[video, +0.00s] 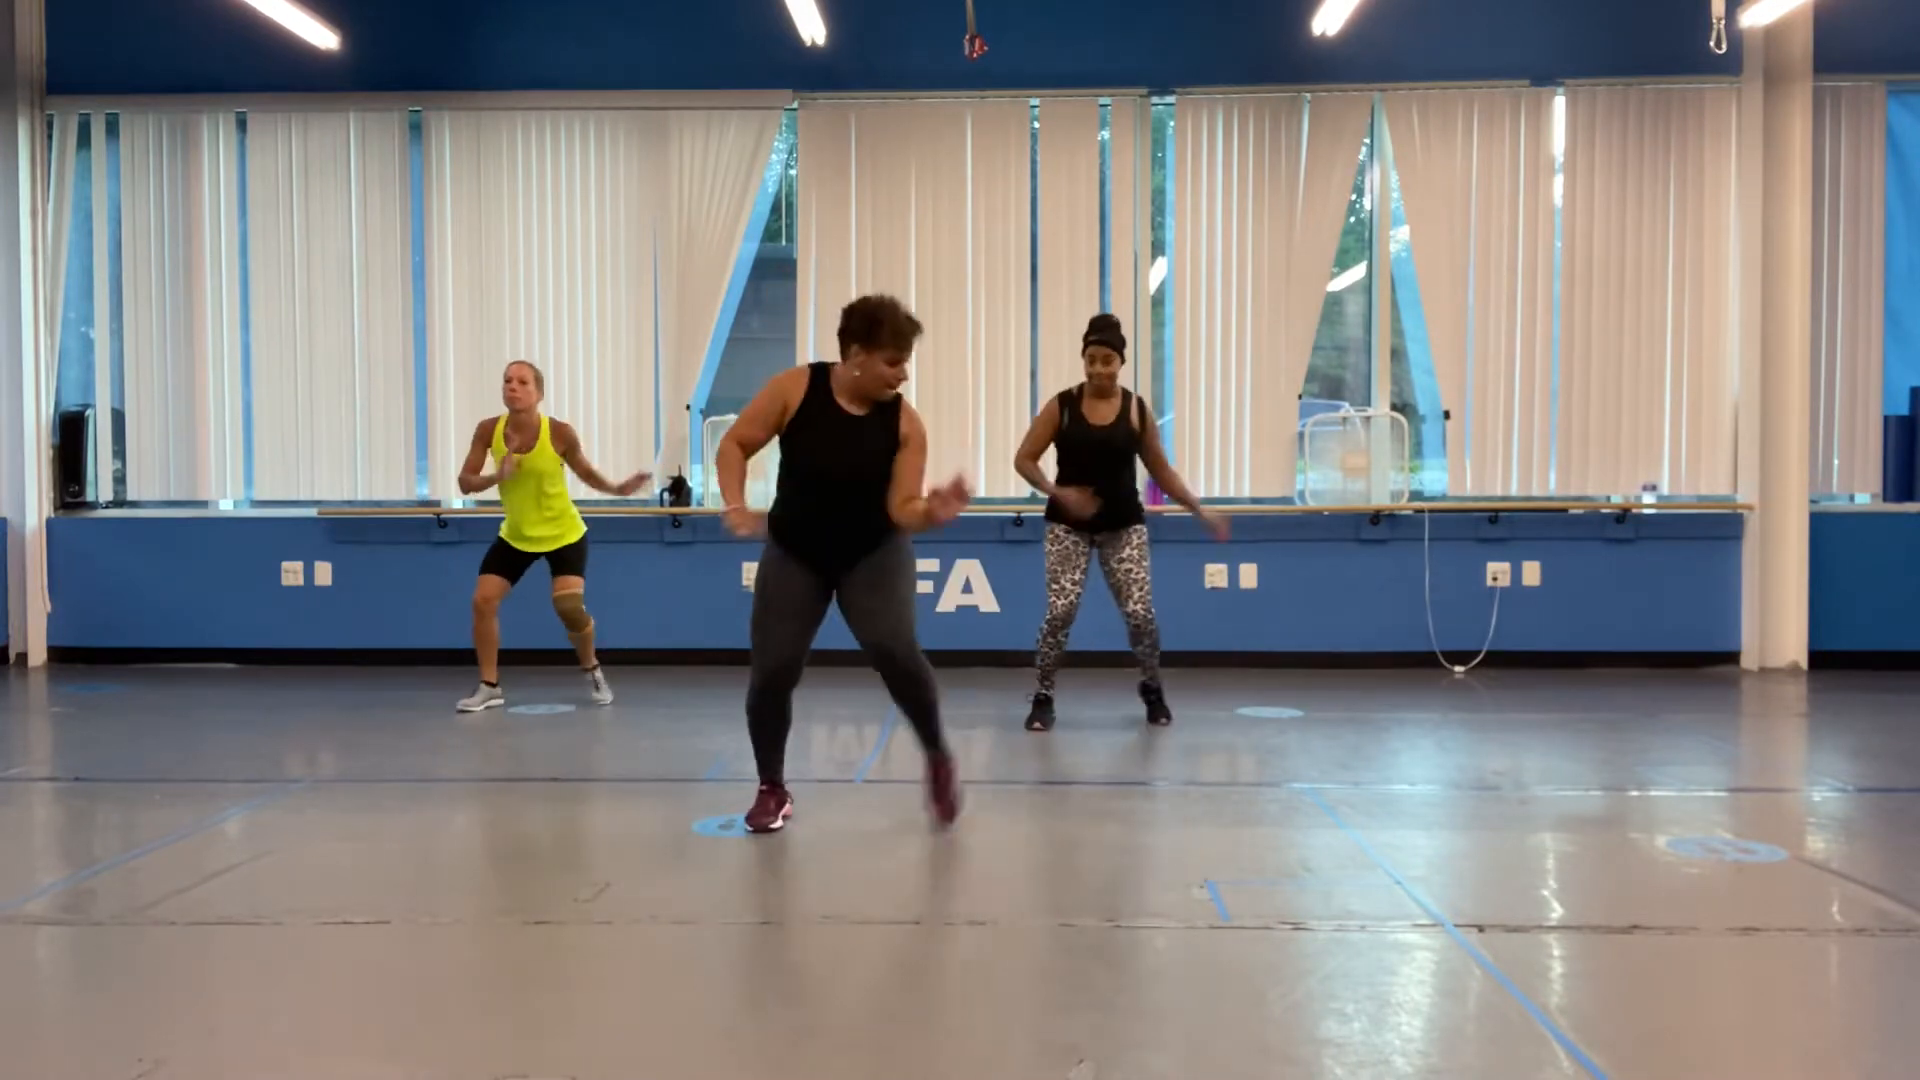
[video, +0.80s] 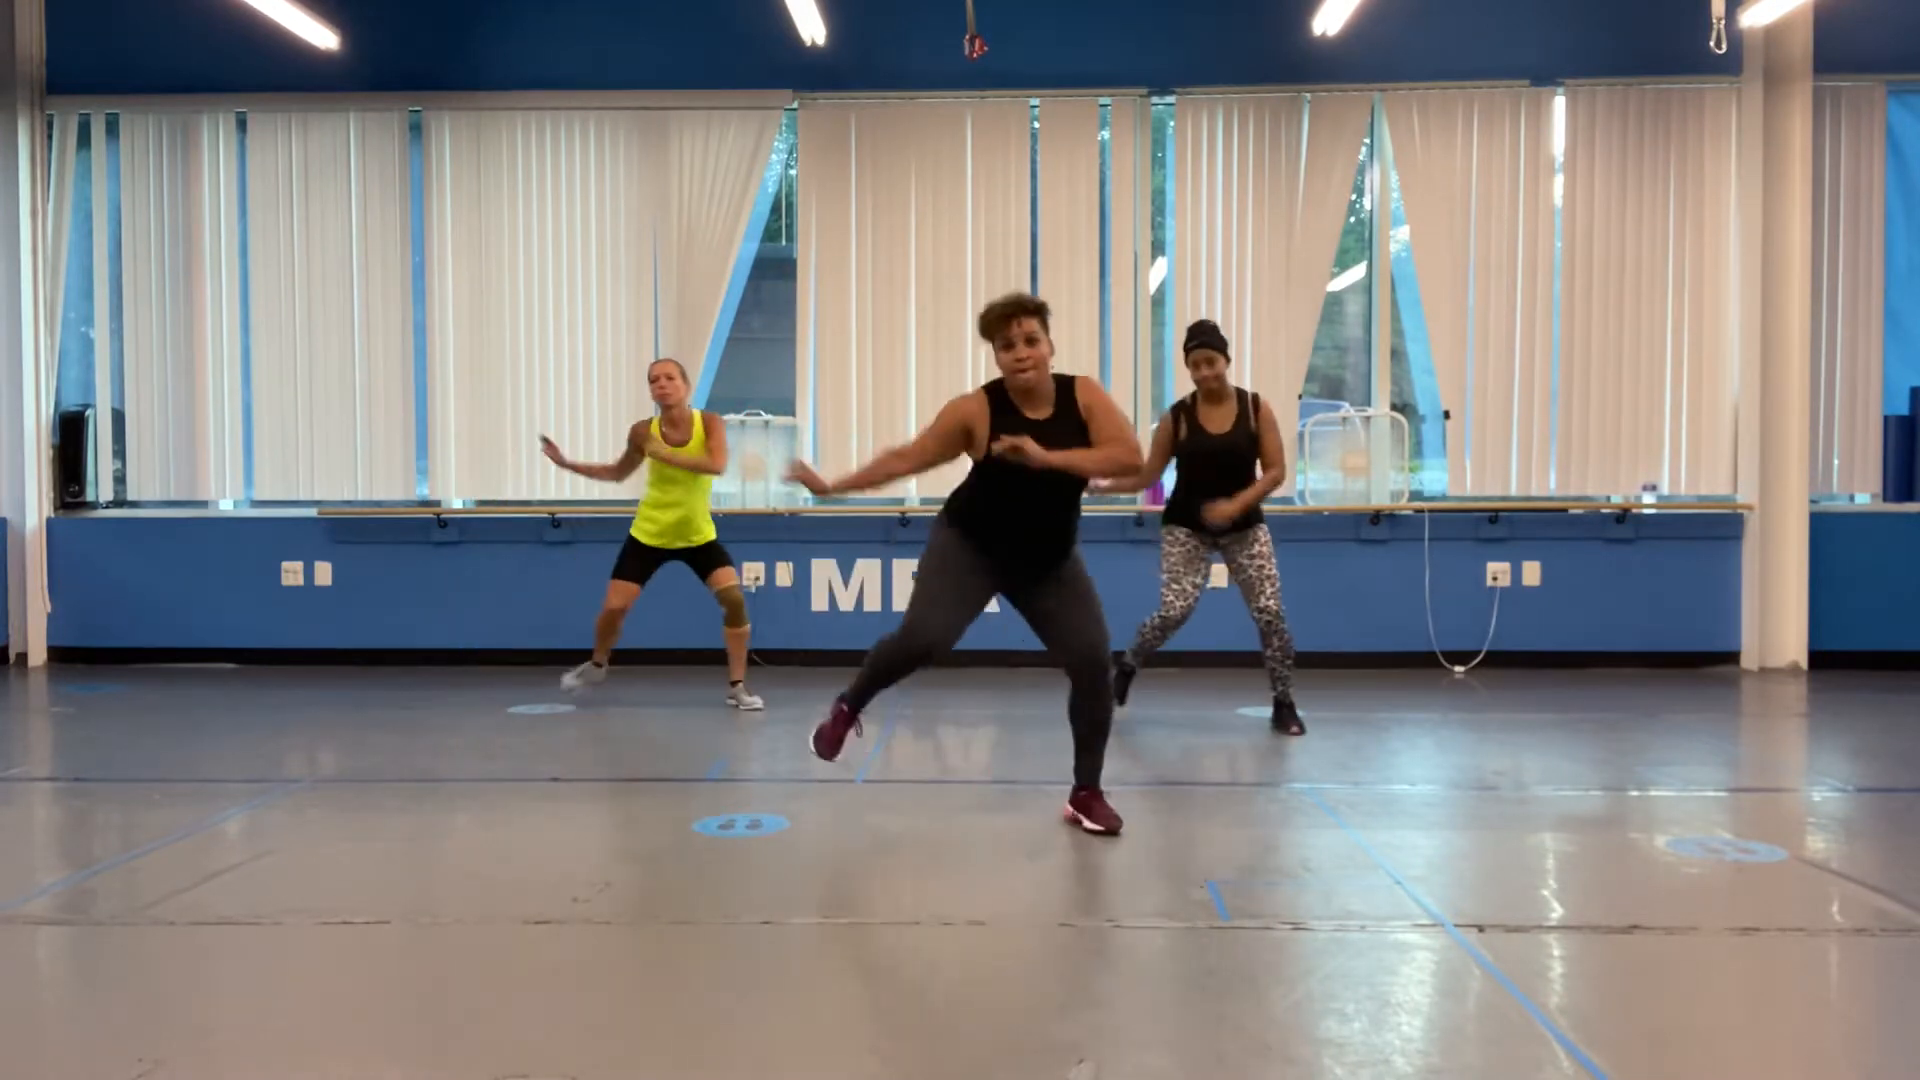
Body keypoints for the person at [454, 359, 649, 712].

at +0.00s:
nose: (513, 387)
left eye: (522, 383)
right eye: (508, 382)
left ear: (538, 393)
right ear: (502, 390)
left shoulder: (559, 432)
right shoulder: (489, 430)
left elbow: (587, 473)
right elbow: (465, 483)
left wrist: (616, 488)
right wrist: (497, 476)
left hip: (563, 531)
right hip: (517, 532)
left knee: (568, 604)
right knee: (483, 600)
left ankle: (592, 671)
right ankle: (489, 686)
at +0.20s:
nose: (554, 381)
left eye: (562, 375)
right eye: (548, 376)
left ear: (579, 384)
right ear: (542, 384)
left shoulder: (599, 428)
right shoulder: (528, 419)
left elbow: (603, 483)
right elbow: (495, 447)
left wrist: (583, 490)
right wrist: (482, 488)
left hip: (581, 526)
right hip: (532, 524)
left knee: (618, 590)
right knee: (499, 600)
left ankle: (637, 676)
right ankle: (487, 684)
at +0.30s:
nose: (576, 379)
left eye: (584, 373)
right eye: (570, 374)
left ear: (601, 380)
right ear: (564, 383)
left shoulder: (623, 421)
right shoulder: (556, 418)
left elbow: (631, 478)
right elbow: (524, 439)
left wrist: (580, 471)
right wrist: (489, 459)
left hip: (607, 525)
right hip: (559, 523)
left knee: (636, 598)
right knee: (521, 599)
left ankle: (643, 685)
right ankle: (491, 680)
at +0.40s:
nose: (596, 380)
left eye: (604, 373)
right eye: (590, 375)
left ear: (621, 381)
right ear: (585, 383)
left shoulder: (642, 424)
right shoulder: (576, 419)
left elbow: (646, 479)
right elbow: (550, 444)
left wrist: (593, 471)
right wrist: (504, 446)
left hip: (626, 526)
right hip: (580, 523)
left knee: (650, 600)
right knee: (539, 595)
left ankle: (646, 684)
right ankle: (544, 674)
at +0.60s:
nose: (632, 377)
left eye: (639, 371)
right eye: (626, 373)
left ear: (656, 377)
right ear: (621, 382)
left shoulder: (676, 417)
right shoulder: (611, 412)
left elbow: (668, 462)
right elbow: (575, 427)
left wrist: (620, 444)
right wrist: (524, 425)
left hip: (652, 522)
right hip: (606, 520)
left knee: (688, 589)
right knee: (579, 598)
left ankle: (693, 675)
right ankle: (586, 679)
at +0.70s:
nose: (649, 377)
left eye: (656, 370)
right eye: (642, 373)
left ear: (673, 377)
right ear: (637, 383)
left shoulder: (694, 414)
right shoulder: (632, 416)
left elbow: (693, 449)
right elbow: (598, 436)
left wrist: (646, 439)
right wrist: (543, 430)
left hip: (675, 524)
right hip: (628, 521)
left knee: (707, 597)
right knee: (592, 596)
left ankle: (731, 684)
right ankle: (578, 675)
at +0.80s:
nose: (662, 385)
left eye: (669, 378)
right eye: (655, 381)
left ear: (686, 386)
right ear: (649, 391)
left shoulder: (710, 423)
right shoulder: (643, 432)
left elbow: (717, 464)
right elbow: (618, 473)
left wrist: (666, 455)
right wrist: (567, 464)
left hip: (697, 532)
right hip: (649, 532)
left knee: (734, 598)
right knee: (614, 608)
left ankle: (737, 687)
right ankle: (598, 665)